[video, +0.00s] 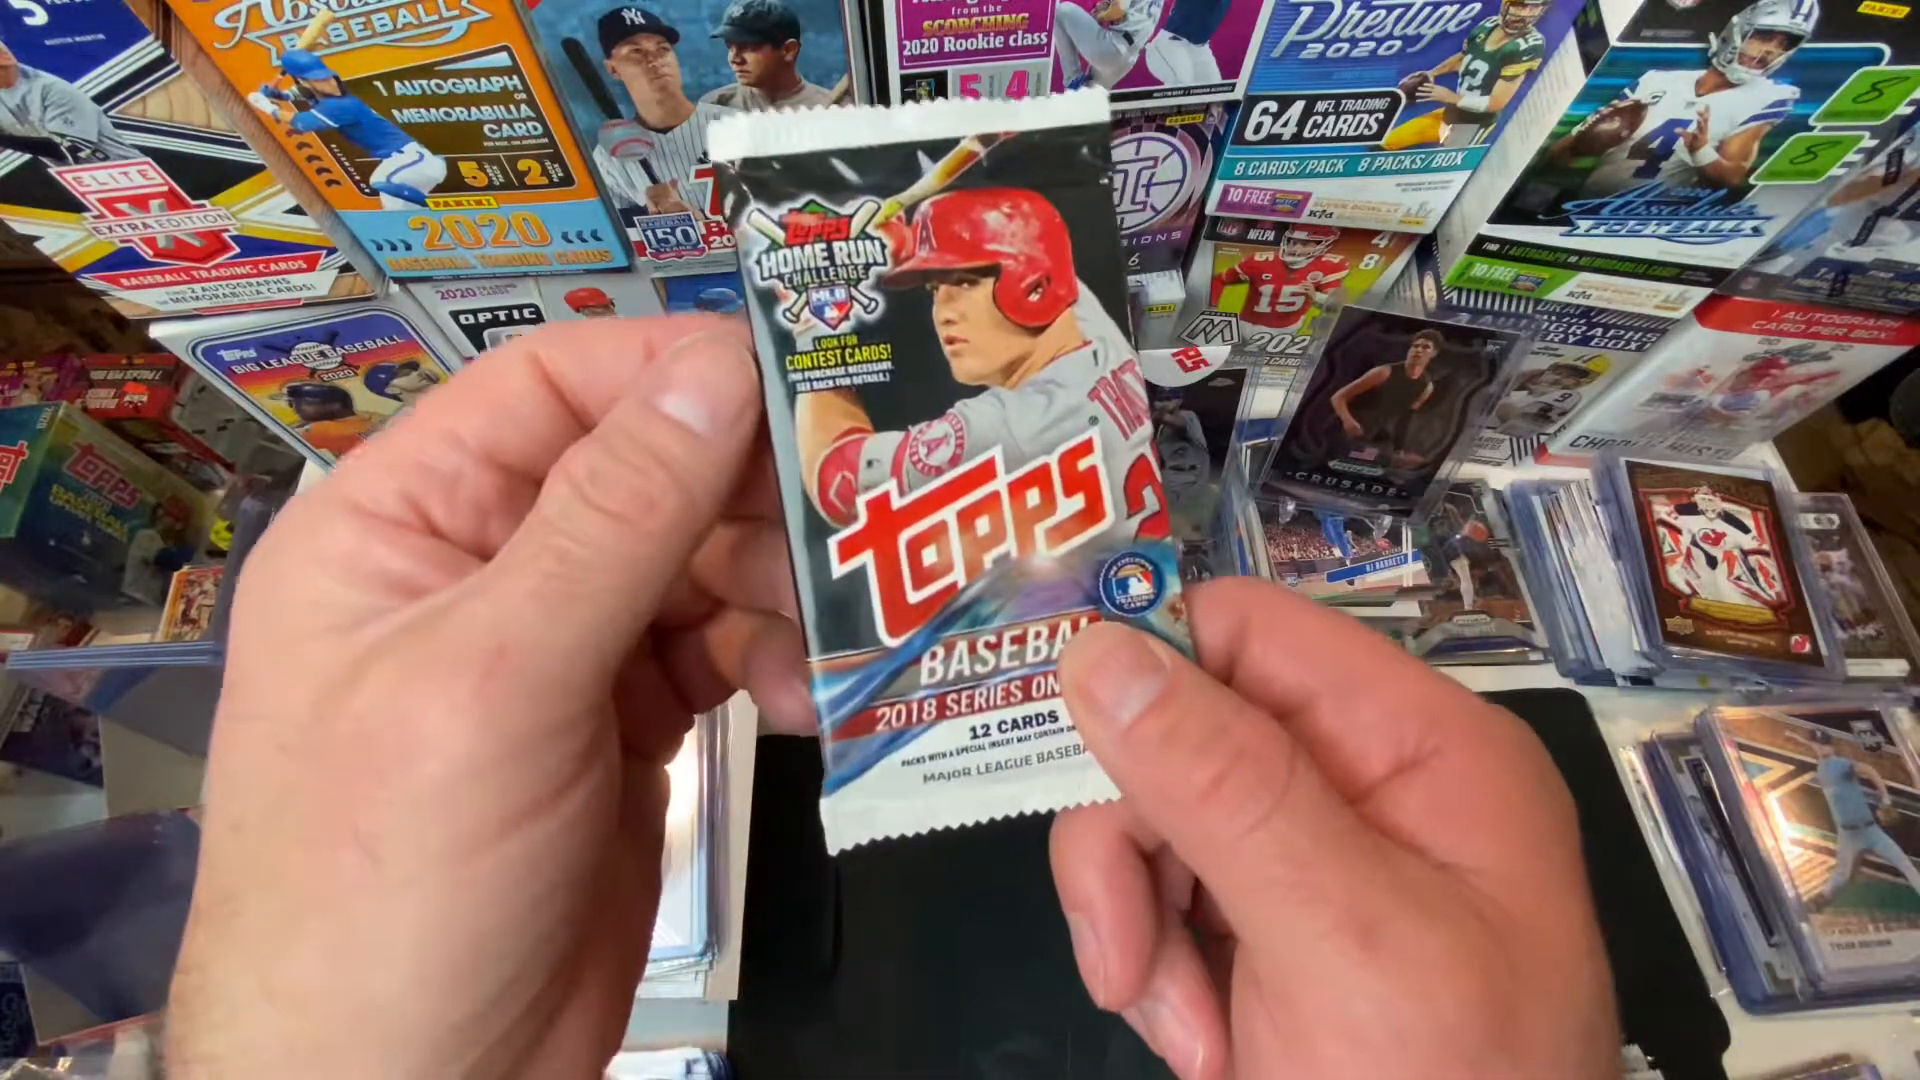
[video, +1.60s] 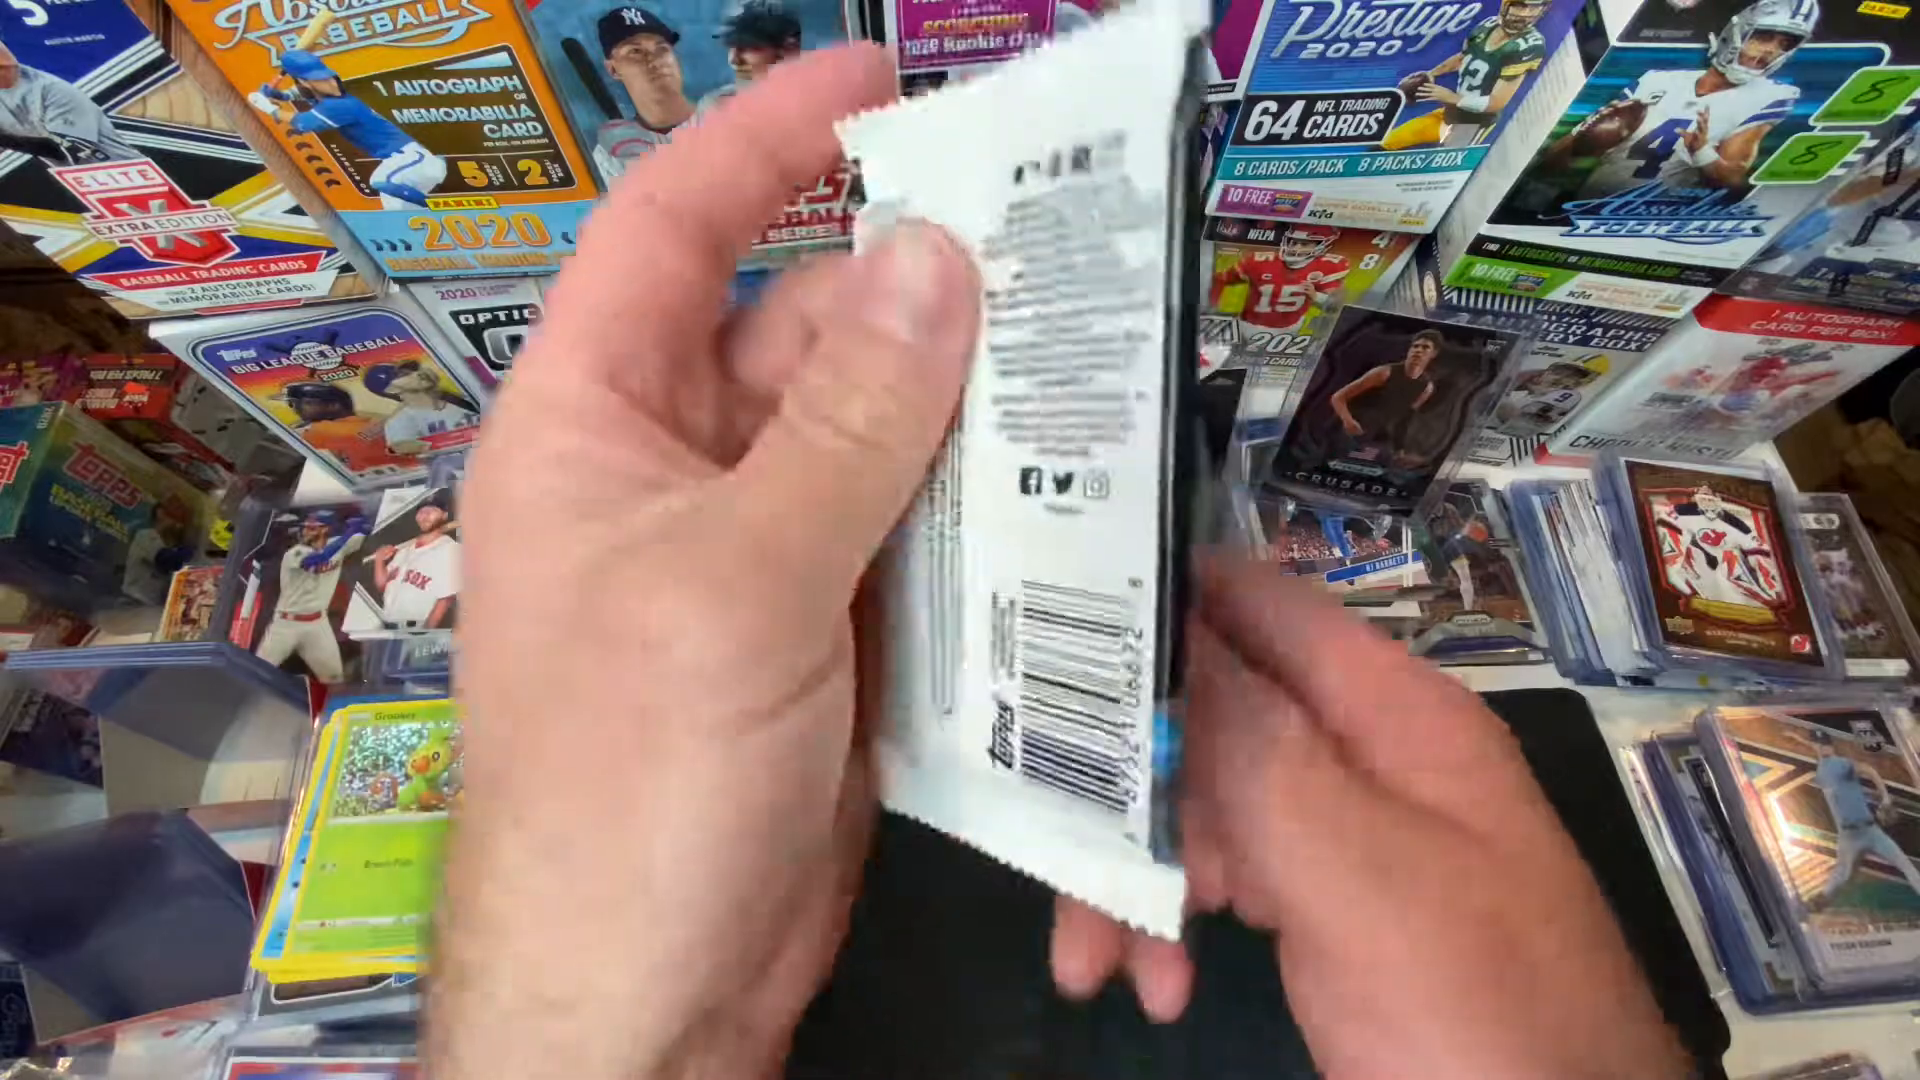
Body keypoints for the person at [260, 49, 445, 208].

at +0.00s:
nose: (329, 80)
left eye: (327, 75)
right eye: (321, 77)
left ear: (310, 82)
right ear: (305, 83)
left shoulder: (344, 106)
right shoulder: (332, 103)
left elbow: (300, 123)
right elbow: (300, 94)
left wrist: (271, 110)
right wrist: (276, 94)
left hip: (414, 159)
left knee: (380, 179)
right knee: (399, 221)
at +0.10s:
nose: (329, 79)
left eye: (326, 75)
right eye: (321, 78)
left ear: (310, 84)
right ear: (306, 83)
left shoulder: (343, 107)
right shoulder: (333, 100)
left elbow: (300, 123)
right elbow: (302, 92)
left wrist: (271, 109)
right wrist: (276, 94)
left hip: (414, 159)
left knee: (380, 179)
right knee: (399, 222)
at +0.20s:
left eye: (301, 82)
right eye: (320, 78)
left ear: (309, 83)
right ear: (309, 82)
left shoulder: (343, 106)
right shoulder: (332, 101)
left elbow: (300, 123)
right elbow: (303, 92)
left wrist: (271, 109)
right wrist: (277, 94)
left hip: (414, 158)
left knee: (380, 180)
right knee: (398, 223)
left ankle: (433, 213)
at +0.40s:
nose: (299, 87)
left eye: (300, 82)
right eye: (299, 83)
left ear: (310, 83)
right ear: (323, 78)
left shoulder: (342, 107)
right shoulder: (333, 99)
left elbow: (299, 122)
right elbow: (304, 90)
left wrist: (270, 109)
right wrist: (279, 94)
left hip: (414, 158)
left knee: (380, 180)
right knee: (396, 222)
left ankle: (431, 210)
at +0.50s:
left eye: (302, 82)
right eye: (321, 77)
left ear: (308, 83)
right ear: (307, 82)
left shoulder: (341, 106)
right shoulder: (332, 103)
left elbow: (300, 122)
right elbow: (300, 94)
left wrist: (271, 109)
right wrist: (276, 94)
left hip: (414, 158)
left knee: (380, 179)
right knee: (398, 218)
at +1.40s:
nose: (329, 79)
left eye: (303, 82)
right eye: (321, 77)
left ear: (308, 83)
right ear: (307, 84)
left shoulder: (343, 106)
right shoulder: (331, 102)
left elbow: (299, 122)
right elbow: (301, 92)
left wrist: (270, 109)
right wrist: (276, 95)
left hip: (415, 158)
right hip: (405, 167)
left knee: (381, 180)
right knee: (398, 221)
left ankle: (435, 212)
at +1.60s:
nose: (303, 88)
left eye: (303, 83)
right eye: (304, 83)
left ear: (311, 83)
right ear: (319, 80)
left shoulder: (341, 106)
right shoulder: (332, 100)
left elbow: (299, 122)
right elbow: (300, 93)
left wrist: (270, 108)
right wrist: (275, 93)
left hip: (415, 158)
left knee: (380, 180)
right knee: (397, 219)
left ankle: (430, 213)